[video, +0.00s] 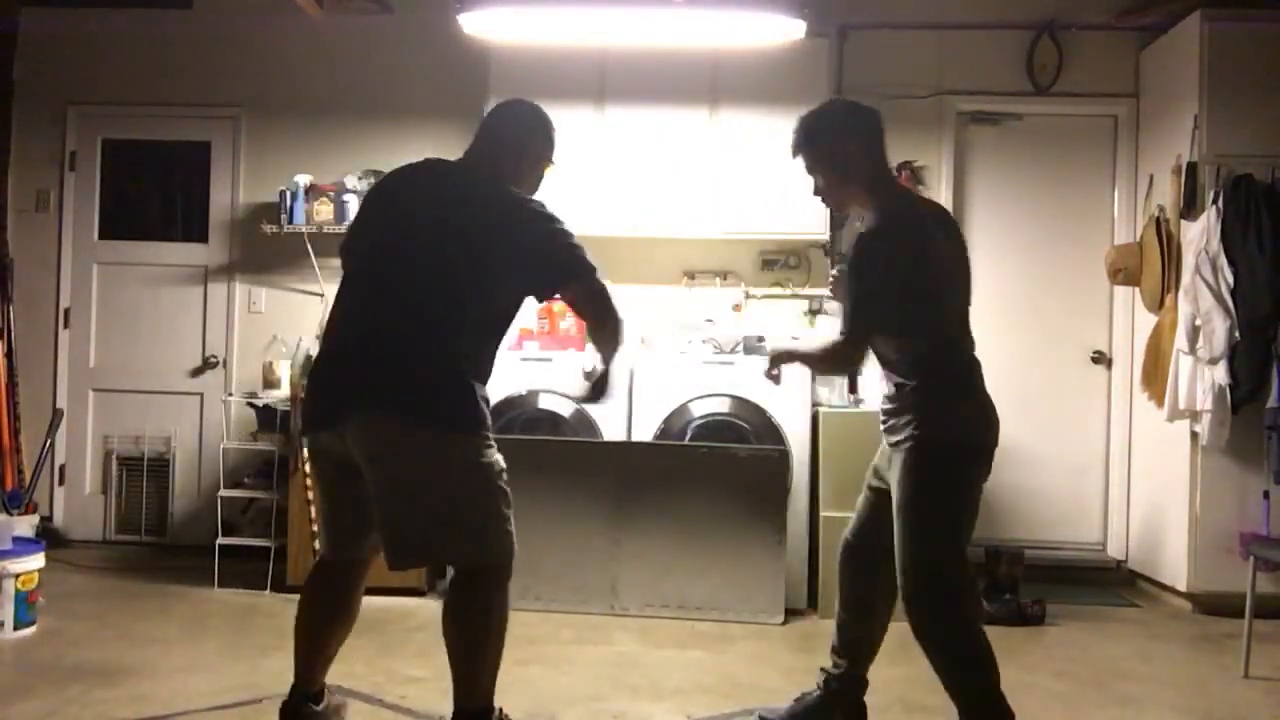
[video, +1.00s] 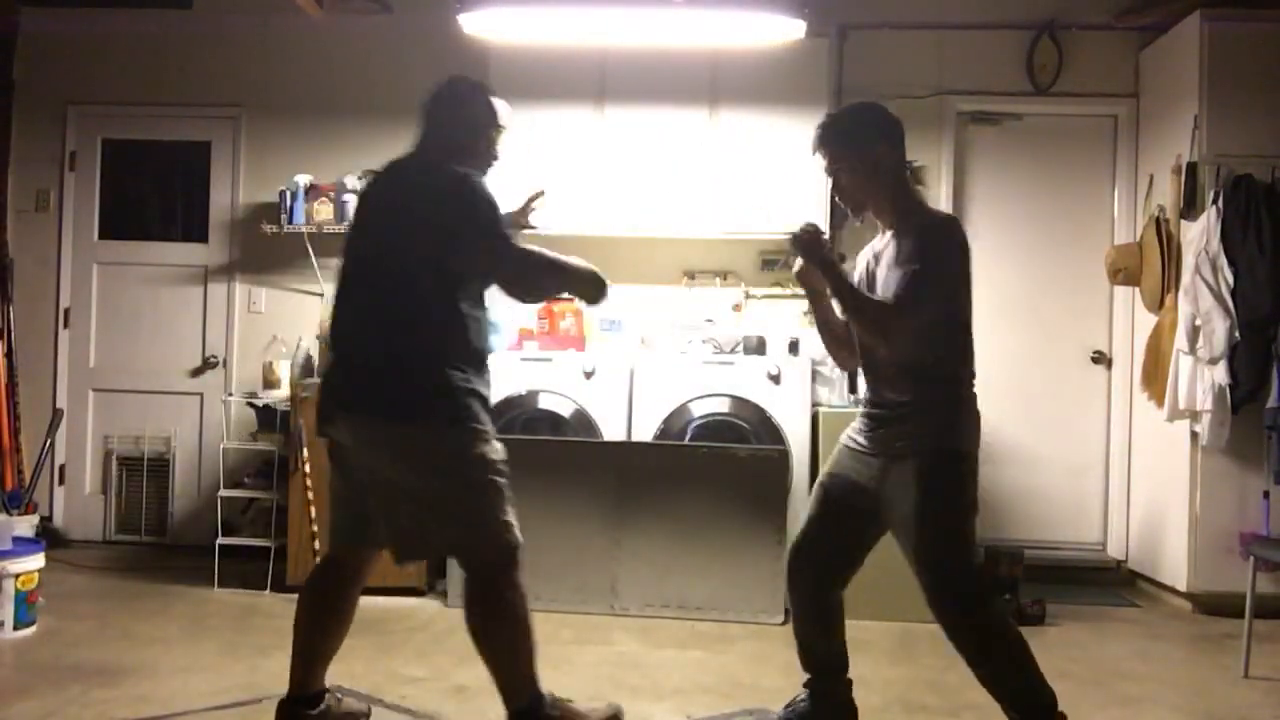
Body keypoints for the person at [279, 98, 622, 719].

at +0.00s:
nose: (540, 178)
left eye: (544, 167)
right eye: (542, 166)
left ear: (478, 139)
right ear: (529, 157)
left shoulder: (396, 183)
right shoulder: (525, 220)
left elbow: (352, 264)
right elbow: (602, 314)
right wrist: (603, 367)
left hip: (333, 393)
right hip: (430, 404)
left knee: (345, 550)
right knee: (484, 557)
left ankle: (305, 694)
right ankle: (474, 711)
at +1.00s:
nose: (498, 148)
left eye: (499, 134)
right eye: (492, 133)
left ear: (430, 126)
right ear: (462, 128)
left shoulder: (382, 187)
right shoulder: (459, 192)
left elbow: (433, 252)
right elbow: (517, 273)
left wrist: (500, 224)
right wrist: (581, 277)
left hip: (354, 401)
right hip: (433, 404)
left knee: (348, 555)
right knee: (494, 555)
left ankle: (302, 699)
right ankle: (527, 705)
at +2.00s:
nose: (467, 128)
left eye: (466, 117)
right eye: (456, 114)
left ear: (393, 121)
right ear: (419, 118)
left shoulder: (362, 190)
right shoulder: (424, 183)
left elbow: (377, 312)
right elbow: (486, 257)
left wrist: (458, 335)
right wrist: (534, 213)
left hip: (337, 395)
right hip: (406, 398)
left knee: (349, 553)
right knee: (447, 544)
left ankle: (306, 700)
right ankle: (342, 687)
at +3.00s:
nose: (516, 150)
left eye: (509, 138)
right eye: (503, 139)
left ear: (456, 153)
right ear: (469, 149)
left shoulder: (419, 212)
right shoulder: (457, 213)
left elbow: (496, 299)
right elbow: (456, 318)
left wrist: (549, 241)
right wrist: (528, 384)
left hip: (351, 413)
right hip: (418, 414)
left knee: (370, 564)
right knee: (494, 558)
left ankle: (301, 697)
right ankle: (540, 705)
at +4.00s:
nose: (567, 117)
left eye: (562, 106)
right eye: (554, 106)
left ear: (505, 123)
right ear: (518, 119)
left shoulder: (477, 187)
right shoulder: (512, 187)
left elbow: (559, 264)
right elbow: (505, 270)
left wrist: (610, 227)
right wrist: (595, 321)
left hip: (428, 401)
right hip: (496, 405)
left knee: (417, 556)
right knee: (555, 555)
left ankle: (367, 701)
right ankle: (576, 706)